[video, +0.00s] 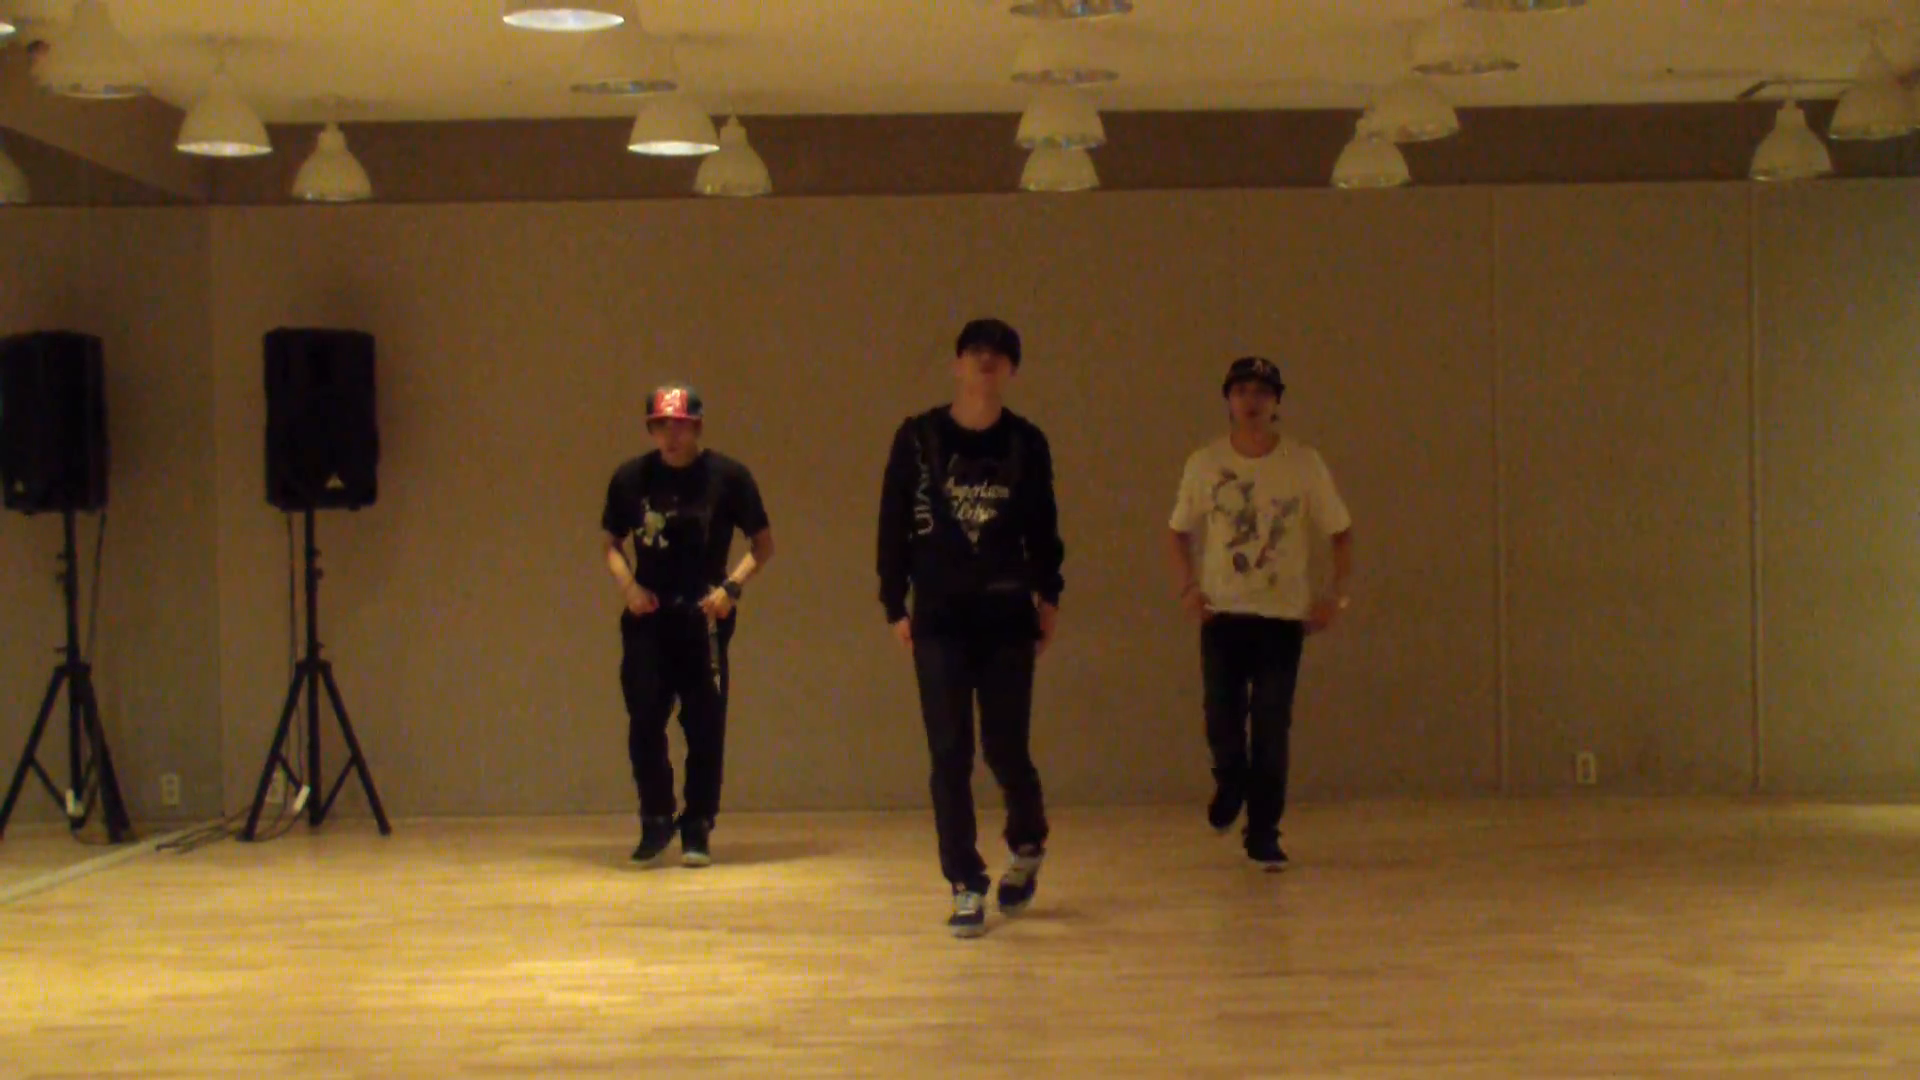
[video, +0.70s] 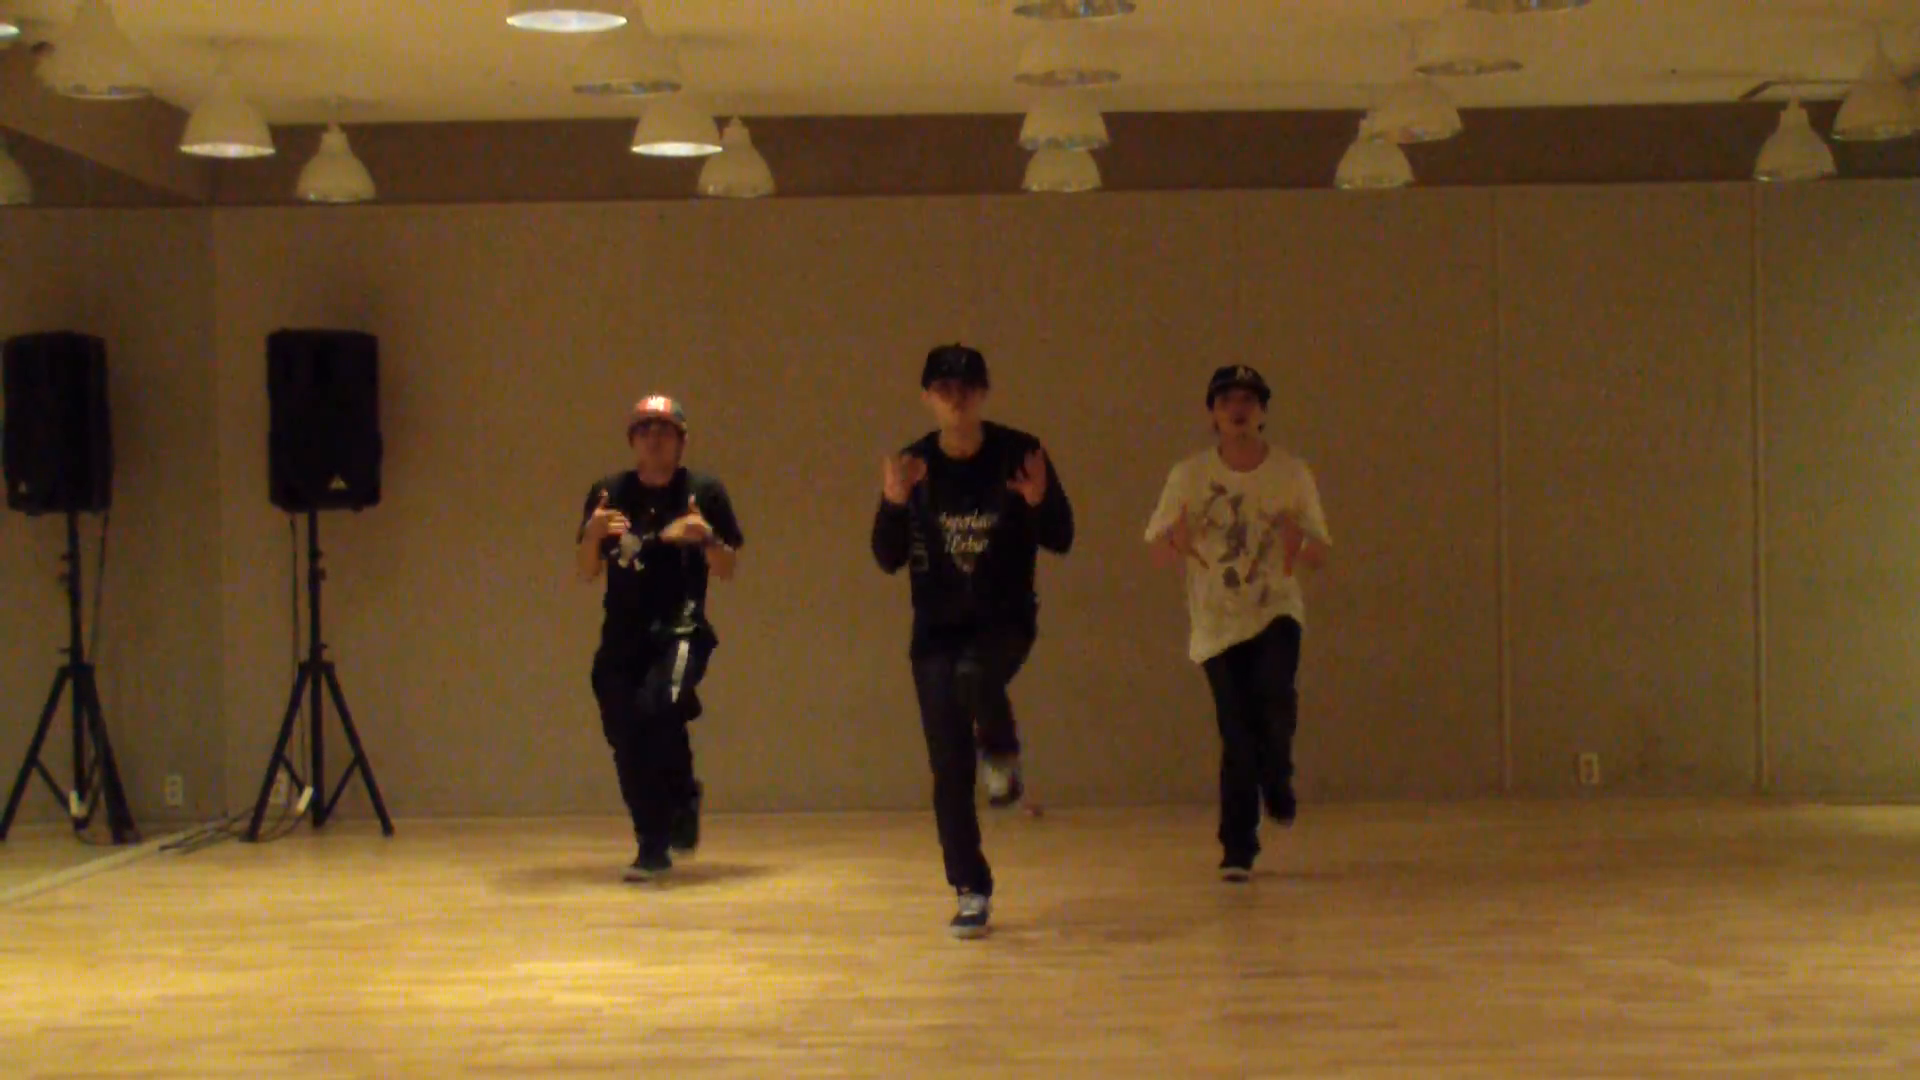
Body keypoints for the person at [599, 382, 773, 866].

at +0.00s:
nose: (670, 436)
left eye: (679, 426)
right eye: (662, 426)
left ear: (698, 427)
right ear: (650, 430)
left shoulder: (729, 478)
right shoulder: (631, 479)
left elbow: (763, 544)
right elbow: (612, 544)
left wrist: (731, 588)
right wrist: (629, 587)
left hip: (703, 622)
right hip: (647, 622)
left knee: (705, 728)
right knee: (644, 726)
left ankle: (696, 828)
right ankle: (656, 822)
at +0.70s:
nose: (654, 439)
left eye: (663, 431)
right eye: (644, 431)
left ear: (681, 440)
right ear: (632, 440)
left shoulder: (704, 493)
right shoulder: (610, 494)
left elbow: (726, 568)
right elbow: (588, 572)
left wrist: (705, 537)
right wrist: (594, 537)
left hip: (680, 629)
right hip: (624, 630)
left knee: (659, 709)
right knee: (625, 736)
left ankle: (682, 802)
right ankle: (651, 841)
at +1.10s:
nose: (640, 465)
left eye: (650, 456)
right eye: (631, 456)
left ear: (667, 465)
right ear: (617, 466)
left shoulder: (679, 519)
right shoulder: (600, 514)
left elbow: (695, 505)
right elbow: (579, 505)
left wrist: (711, 481)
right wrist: (562, 489)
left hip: (662, 637)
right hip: (604, 642)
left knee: (643, 700)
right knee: (603, 751)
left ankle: (617, 783)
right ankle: (652, 832)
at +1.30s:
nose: (620, 452)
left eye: (630, 443)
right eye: (610, 444)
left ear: (648, 453)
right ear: (598, 455)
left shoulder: (681, 508)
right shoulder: (578, 513)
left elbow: (746, 553)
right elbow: (523, 562)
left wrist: (807, 595)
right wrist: (488, 582)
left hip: (661, 647)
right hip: (601, 645)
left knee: (637, 745)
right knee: (583, 745)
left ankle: (649, 868)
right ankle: (595, 867)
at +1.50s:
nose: (624, 458)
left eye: (635, 448)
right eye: (614, 448)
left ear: (652, 460)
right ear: (599, 457)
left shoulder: (674, 530)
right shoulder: (571, 512)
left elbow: (697, 617)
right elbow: (563, 580)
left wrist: (712, 695)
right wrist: (605, 582)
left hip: (649, 663)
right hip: (593, 657)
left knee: (617, 769)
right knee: (562, 757)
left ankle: (645, 871)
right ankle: (673, 760)